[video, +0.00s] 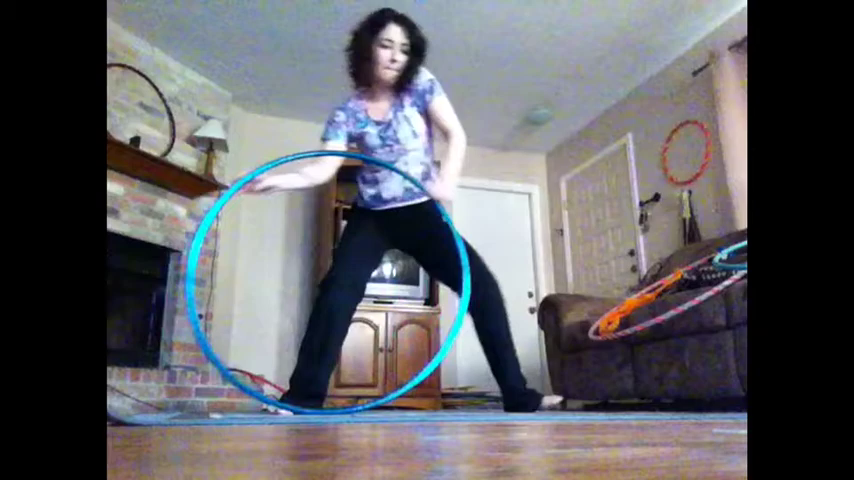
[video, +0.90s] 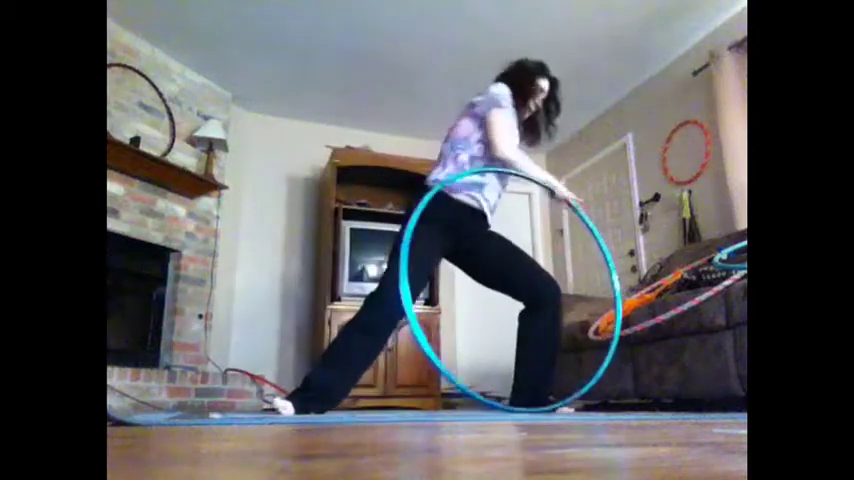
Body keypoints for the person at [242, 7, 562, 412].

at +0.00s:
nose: (395, 56)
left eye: (404, 49)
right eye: (386, 46)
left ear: (412, 57)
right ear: (365, 50)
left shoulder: (420, 87)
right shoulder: (348, 112)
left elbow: (456, 135)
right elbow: (322, 168)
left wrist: (447, 181)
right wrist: (274, 180)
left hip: (420, 214)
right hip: (370, 218)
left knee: (483, 287)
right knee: (337, 293)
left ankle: (518, 396)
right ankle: (302, 398)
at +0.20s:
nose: (423, 61)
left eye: (431, 55)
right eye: (415, 50)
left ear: (437, 63)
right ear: (393, 53)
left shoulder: (444, 93)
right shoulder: (371, 115)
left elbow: (480, 146)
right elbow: (351, 172)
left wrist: (497, 198)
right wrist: (331, 172)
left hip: (433, 224)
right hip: (382, 225)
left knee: (505, 287)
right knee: (341, 297)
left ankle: (528, 402)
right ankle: (300, 400)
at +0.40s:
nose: (468, 69)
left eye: (475, 63)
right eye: (460, 58)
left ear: (479, 73)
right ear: (436, 60)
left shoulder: (480, 109)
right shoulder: (403, 114)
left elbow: (504, 163)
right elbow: (376, 173)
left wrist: (526, 215)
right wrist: (393, 168)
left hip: (453, 230)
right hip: (402, 227)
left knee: (525, 287)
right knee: (357, 304)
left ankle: (530, 401)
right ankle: (302, 399)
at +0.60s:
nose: (509, 79)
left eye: (516, 75)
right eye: (505, 68)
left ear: (520, 84)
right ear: (484, 66)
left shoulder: (506, 127)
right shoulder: (446, 104)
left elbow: (501, 185)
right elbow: (412, 154)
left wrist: (497, 237)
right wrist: (457, 159)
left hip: (467, 231)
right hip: (421, 222)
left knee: (541, 292)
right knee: (374, 306)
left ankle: (532, 399)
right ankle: (303, 402)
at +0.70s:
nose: (523, 86)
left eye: (529, 81)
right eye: (518, 75)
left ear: (529, 88)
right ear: (498, 71)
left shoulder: (509, 131)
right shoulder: (464, 98)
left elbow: (499, 182)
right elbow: (435, 149)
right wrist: (485, 160)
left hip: (471, 230)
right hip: (428, 218)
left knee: (544, 292)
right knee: (379, 305)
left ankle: (533, 400)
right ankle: (304, 401)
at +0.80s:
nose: (531, 90)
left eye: (537, 87)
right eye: (527, 80)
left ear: (537, 97)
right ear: (509, 76)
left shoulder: (505, 133)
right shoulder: (480, 96)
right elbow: (459, 148)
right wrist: (516, 168)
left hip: (467, 228)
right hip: (432, 215)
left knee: (544, 293)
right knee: (379, 307)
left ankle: (534, 403)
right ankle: (304, 402)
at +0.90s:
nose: (536, 103)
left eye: (542, 99)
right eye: (534, 93)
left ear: (540, 104)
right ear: (519, 84)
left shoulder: (510, 125)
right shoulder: (498, 97)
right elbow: (503, 151)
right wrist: (553, 183)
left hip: (469, 227)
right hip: (438, 215)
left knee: (544, 292)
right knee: (384, 309)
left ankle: (530, 405)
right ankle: (304, 402)